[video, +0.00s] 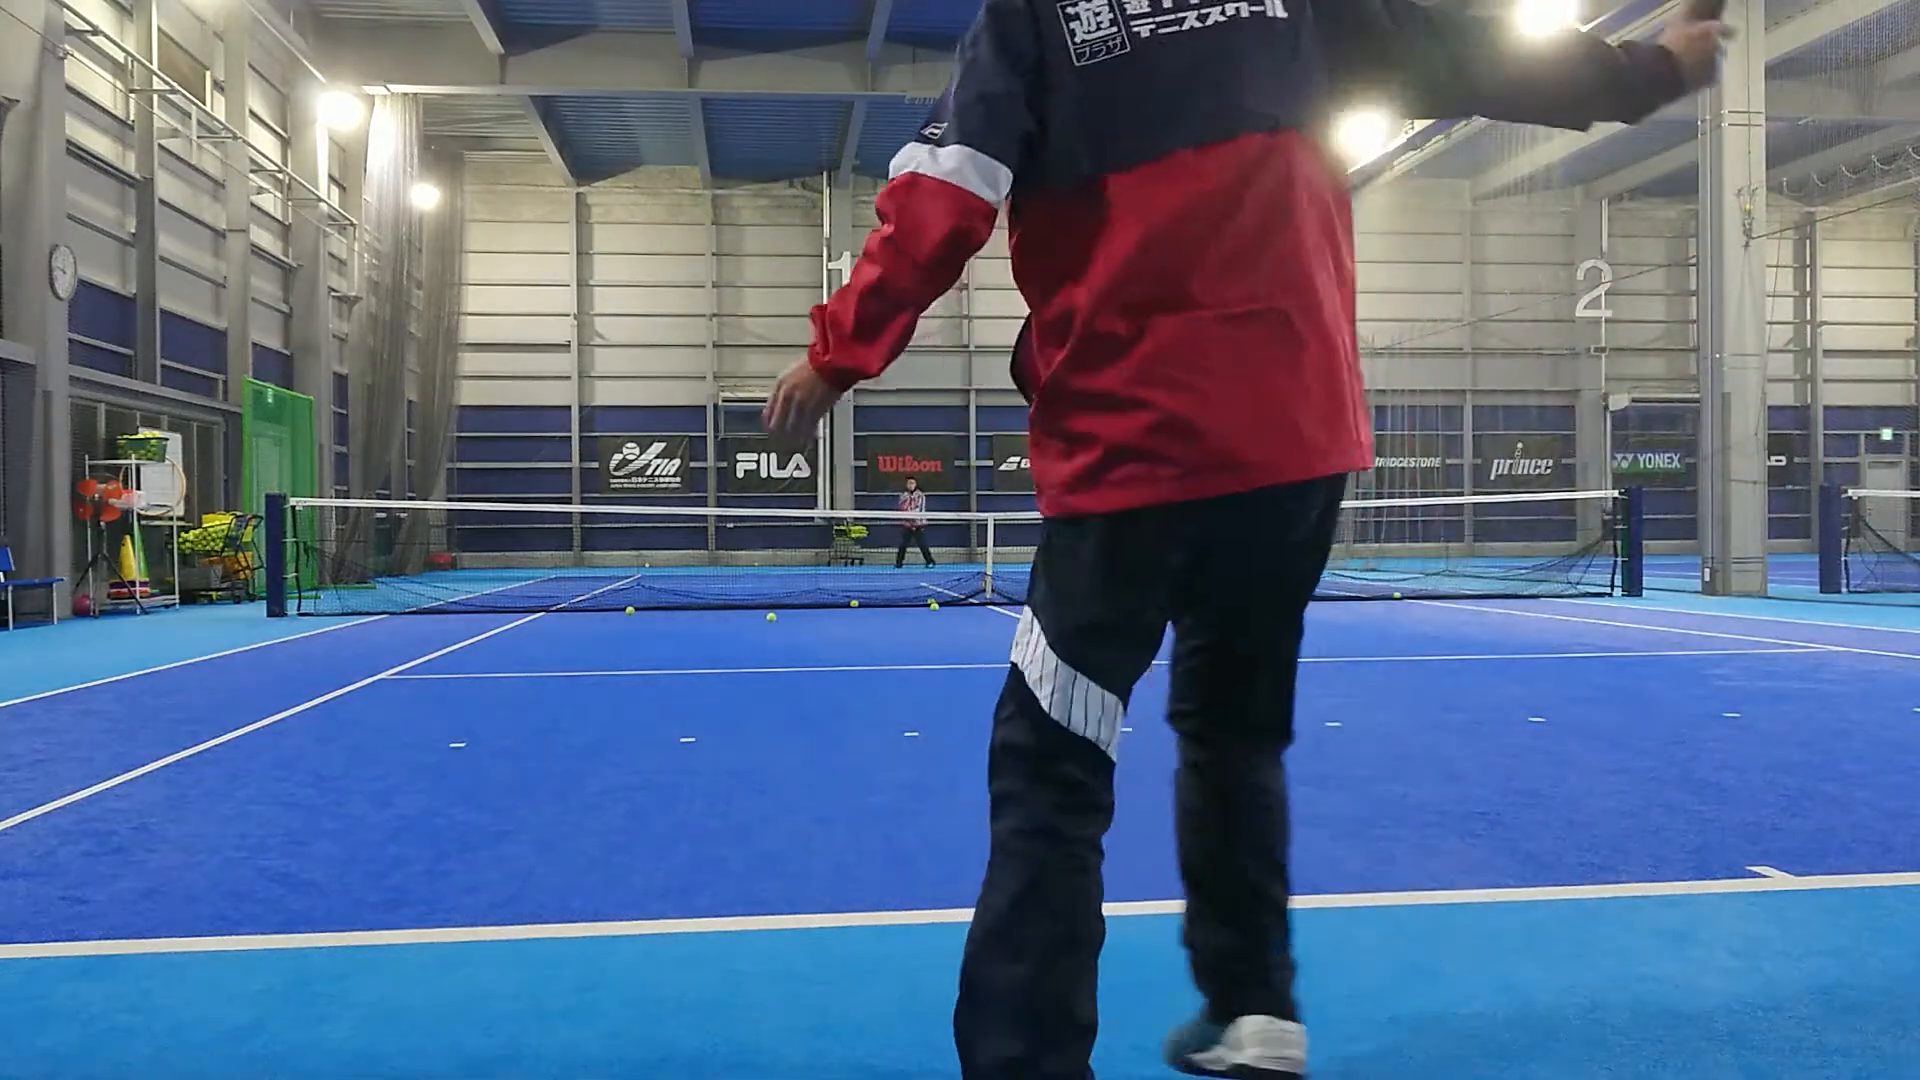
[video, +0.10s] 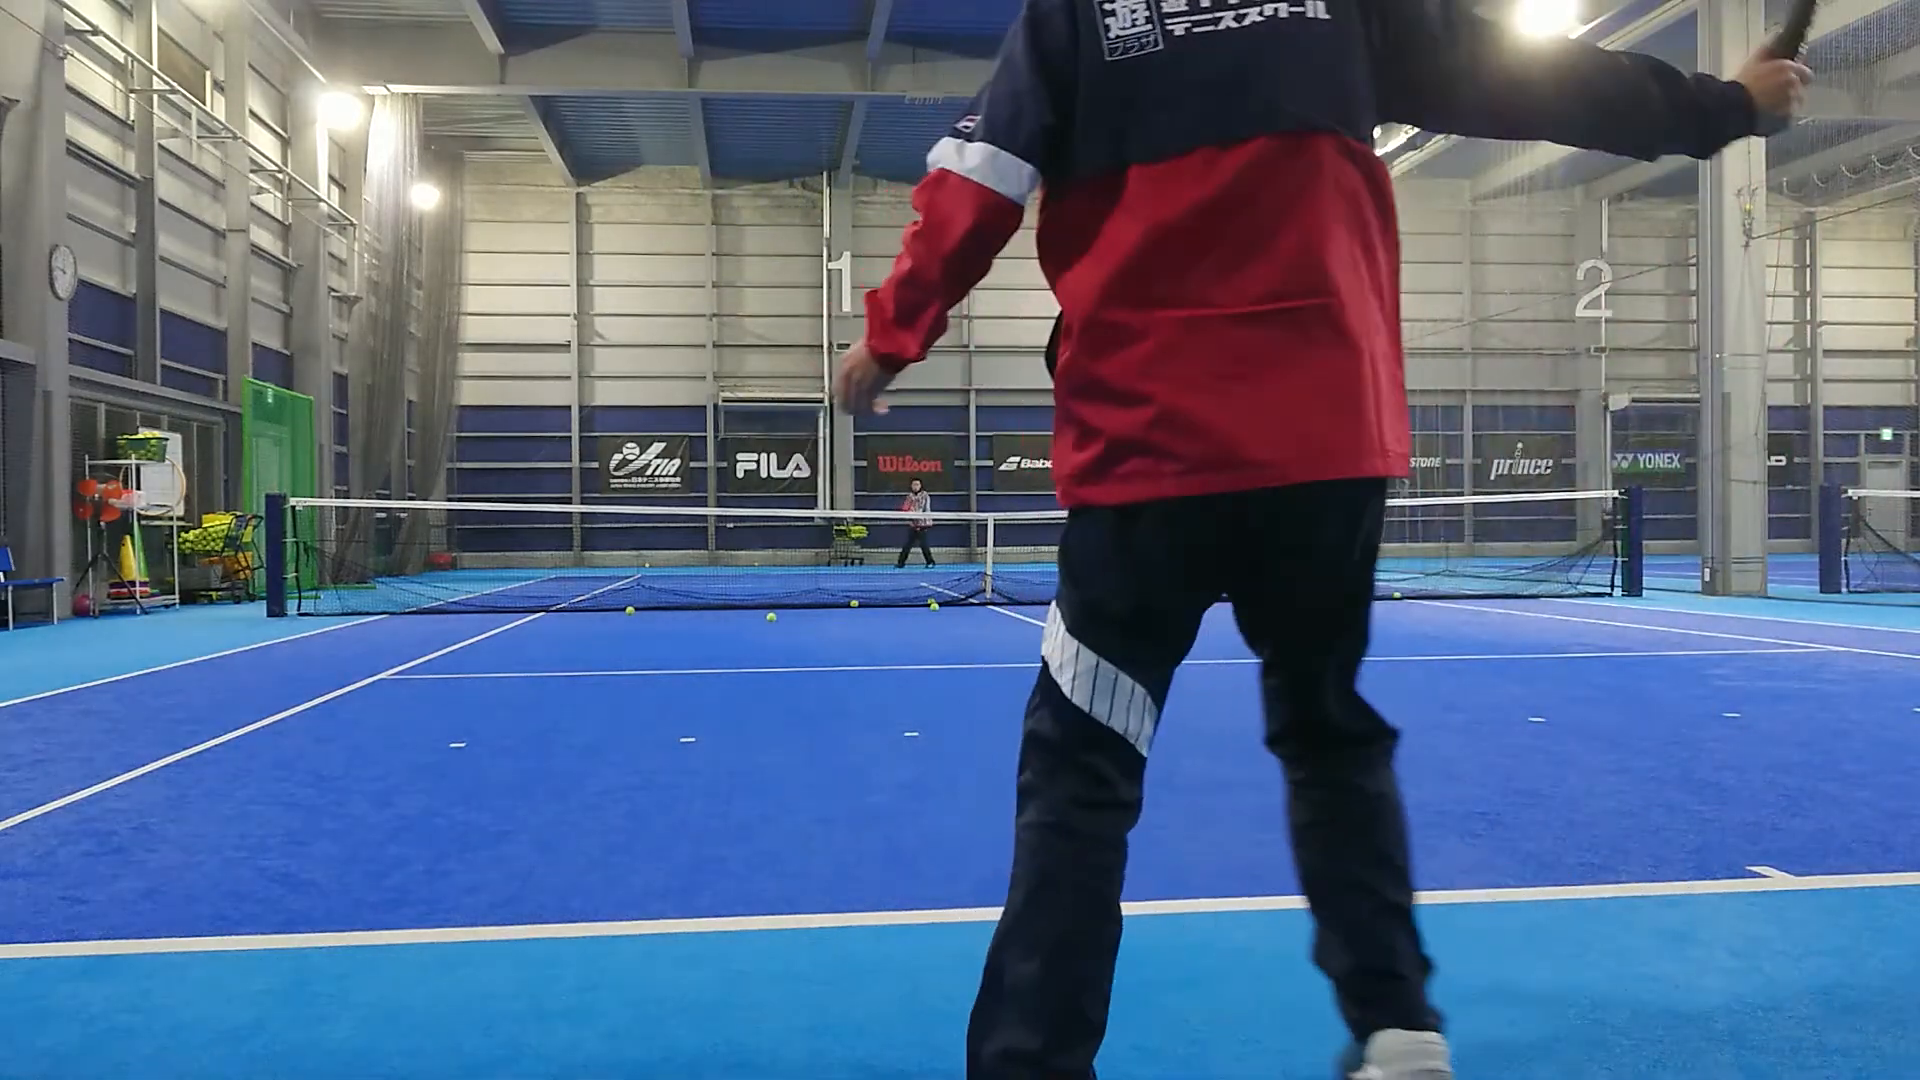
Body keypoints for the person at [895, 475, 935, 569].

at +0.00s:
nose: (911, 485)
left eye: (913, 483)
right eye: (909, 483)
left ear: (916, 484)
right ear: (906, 485)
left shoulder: (920, 496)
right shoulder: (903, 496)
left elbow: (922, 510)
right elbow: (900, 508)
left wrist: (922, 522)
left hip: (918, 523)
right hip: (906, 524)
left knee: (922, 544)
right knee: (903, 545)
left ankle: (929, 561)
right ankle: (899, 562)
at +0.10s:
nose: (915, 487)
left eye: (917, 484)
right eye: (913, 484)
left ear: (921, 486)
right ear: (911, 486)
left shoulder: (925, 496)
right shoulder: (910, 496)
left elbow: (927, 509)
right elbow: (905, 508)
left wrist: (927, 521)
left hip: (923, 523)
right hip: (913, 524)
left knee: (923, 545)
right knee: (908, 544)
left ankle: (930, 562)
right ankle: (901, 562)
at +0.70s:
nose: (944, 490)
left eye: (946, 488)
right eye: (942, 488)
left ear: (950, 488)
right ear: (941, 490)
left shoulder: (952, 498)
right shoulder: (943, 501)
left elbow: (958, 509)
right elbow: (933, 503)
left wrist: (959, 520)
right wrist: (923, 499)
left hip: (954, 523)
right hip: (948, 523)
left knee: (949, 544)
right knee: (948, 544)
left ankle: (957, 561)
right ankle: (955, 561)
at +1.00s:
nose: (961, 489)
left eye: (963, 487)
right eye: (960, 487)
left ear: (968, 487)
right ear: (959, 489)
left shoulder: (970, 497)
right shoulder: (961, 498)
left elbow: (957, 500)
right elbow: (950, 501)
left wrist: (945, 500)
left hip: (971, 525)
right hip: (962, 525)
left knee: (977, 546)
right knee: (955, 543)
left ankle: (989, 560)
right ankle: (958, 561)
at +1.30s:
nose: (989, 479)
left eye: (991, 477)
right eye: (988, 477)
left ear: (993, 478)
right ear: (984, 477)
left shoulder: (994, 490)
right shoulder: (981, 484)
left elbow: (998, 501)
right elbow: (985, 484)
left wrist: (1004, 500)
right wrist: (996, 482)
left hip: (989, 511)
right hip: (978, 510)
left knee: (993, 532)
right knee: (972, 531)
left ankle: (1001, 552)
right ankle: (962, 548)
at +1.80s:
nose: (1013, 486)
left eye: (1014, 484)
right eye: (1011, 484)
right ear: (1006, 485)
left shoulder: (999, 494)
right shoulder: (1007, 494)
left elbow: (991, 503)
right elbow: (1011, 508)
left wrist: (981, 508)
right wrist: (1012, 512)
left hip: (995, 517)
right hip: (1002, 518)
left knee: (1004, 540)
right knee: (1006, 540)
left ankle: (1001, 559)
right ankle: (1004, 559)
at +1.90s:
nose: (1012, 486)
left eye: (1013, 483)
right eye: (1010, 483)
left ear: (1012, 485)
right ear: (1006, 484)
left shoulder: (998, 493)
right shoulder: (1007, 493)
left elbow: (989, 502)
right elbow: (1009, 507)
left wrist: (978, 507)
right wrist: (1013, 513)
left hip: (996, 516)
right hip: (1003, 517)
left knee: (1006, 539)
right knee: (1008, 539)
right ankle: (1008, 559)